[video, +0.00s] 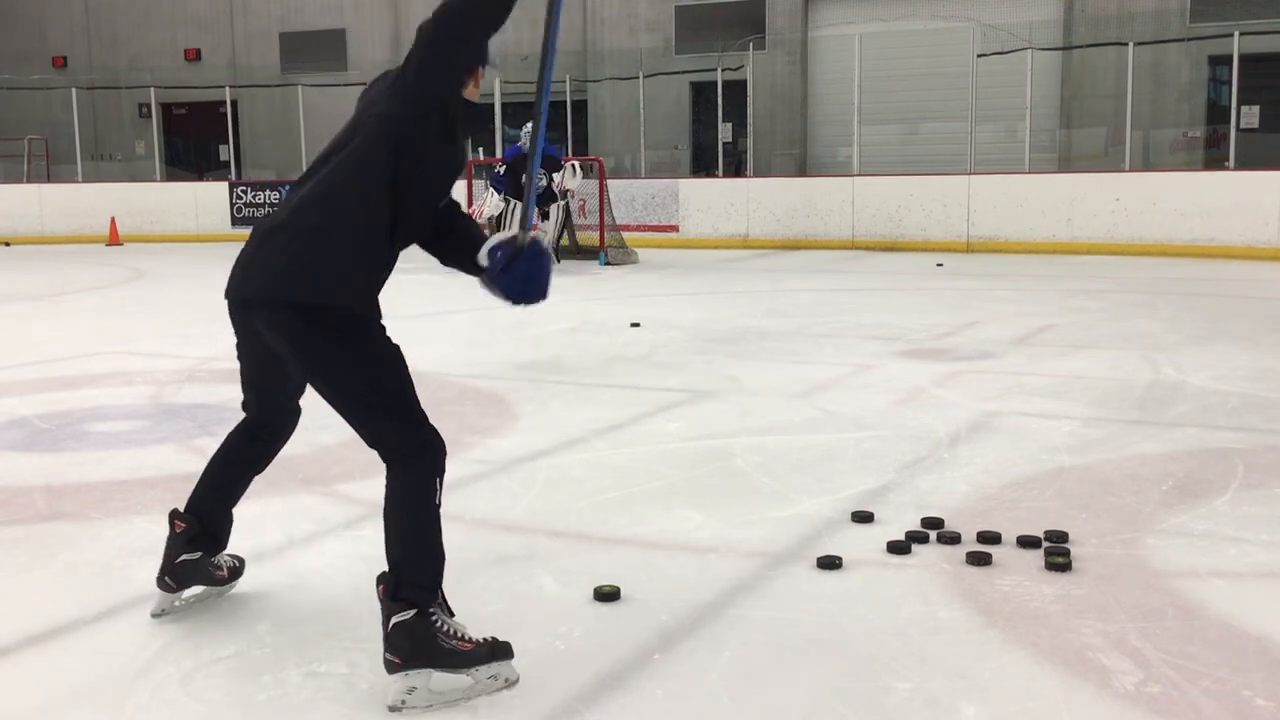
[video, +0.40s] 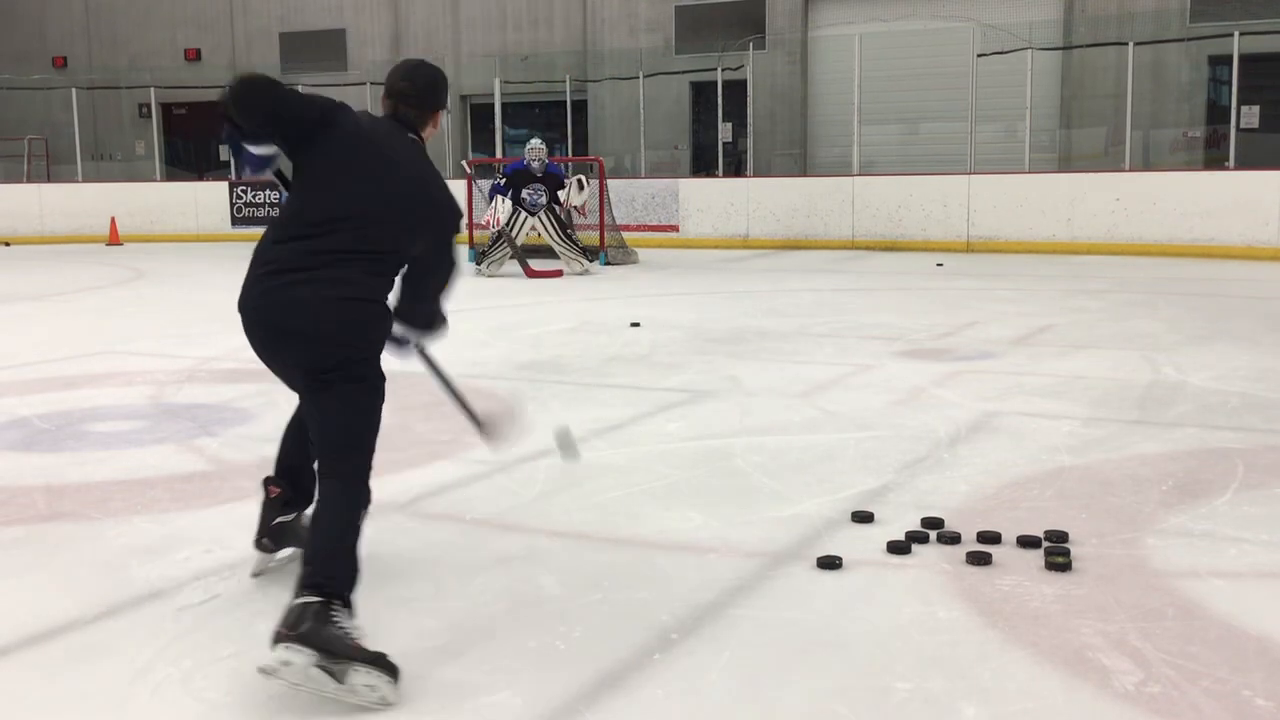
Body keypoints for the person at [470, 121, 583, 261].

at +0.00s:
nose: (531, 142)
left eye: (535, 138)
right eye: (528, 137)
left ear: (541, 138)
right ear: (522, 138)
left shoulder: (551, 156)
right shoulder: (513, 156)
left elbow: (562, 186)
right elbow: (498, 183)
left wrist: (569, 173)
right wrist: (486, 206)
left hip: (545, 202)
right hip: (516, 200)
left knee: (558, 205)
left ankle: (548, 249)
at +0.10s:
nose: (532, 145)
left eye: (536, 142)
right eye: (528, 141)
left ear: (542, 143)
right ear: (523, 142)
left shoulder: (549, 160)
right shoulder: (514, 159)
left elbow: (565, 184)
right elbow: (498, 183)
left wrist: (572, 172)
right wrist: (489, 206)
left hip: (539, 201)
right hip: (514, 199)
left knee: (556, 212)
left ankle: (555, 257)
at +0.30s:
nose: (536, 154)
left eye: (539, 151)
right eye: (532, 151)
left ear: (545, 152)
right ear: (526, 153)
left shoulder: (553, 171)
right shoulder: (514, 169)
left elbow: (563, 194)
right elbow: (497, 189)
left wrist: (573, 187)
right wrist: (496, 208)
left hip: (543, 210)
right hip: (518, 210)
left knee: (560, 235)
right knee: (507, 239)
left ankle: (579, 264)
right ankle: (485, 266)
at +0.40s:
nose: (536, 156)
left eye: (540, 153)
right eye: (532, 153)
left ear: (545, 154)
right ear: (527, 154)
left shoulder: (554, 172)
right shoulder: (514, 170)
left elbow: (562, 197)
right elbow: (497, 190)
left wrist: (574, 193)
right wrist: (498, 207)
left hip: (546, 212)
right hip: (520, 212)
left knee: (561, 237)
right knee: (508, 239)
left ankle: (581, 265)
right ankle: (486, 267)